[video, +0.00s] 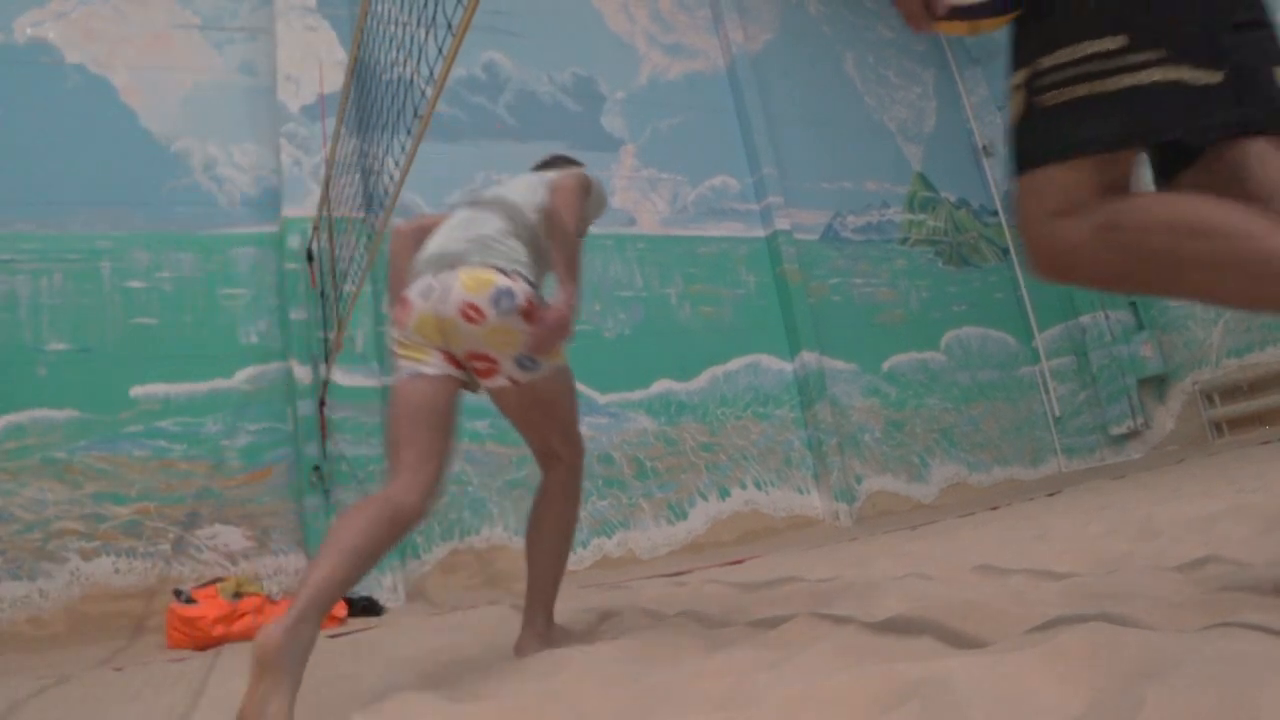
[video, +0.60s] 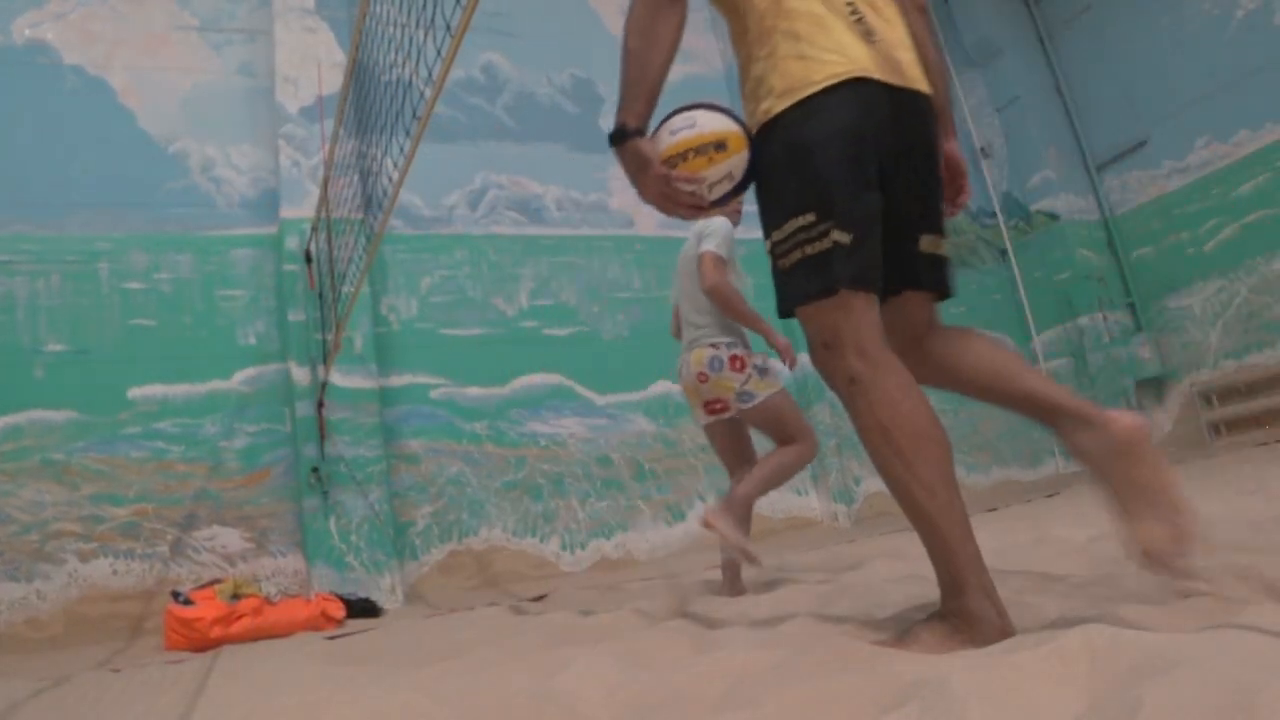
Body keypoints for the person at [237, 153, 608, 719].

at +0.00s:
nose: (589, 207)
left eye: (586, 196)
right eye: (586, 190)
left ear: (533, 172)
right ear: (573, 175)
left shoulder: (484, 199)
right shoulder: (573, 178)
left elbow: (407, 229)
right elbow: (562, 206)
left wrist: (403, 310)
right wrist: (568, 294)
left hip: (420, 303)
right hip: (493, 296)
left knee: (406, 491)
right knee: (562, 460)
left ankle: (290, 632)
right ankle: (538, 627)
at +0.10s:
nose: (613, 192)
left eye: (610, 186)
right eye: (612, 185)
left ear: (565, 190)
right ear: (604, 183)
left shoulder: (525, 220)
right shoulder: (610, 200)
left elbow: (460, 255)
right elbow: (617, 241)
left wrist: (457, 345)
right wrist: (640, 345)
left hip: (481, 329)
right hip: (546, 324)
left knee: (512, 500)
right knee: (594, 479)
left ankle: (394, 545)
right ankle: (543, 629)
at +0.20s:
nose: (638, 183)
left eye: (634, 177)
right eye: (634, 177)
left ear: (591, 184)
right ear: (623, 176)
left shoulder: (554, 217)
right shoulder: (639, 201)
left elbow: (502, 255)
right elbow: (657, 246)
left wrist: (508, 341)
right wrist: (681, 331)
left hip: (530, 323)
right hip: (589, 317)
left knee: (587, 461)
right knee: (609, 480)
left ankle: (522, 540)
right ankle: (546, 623)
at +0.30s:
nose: (660, 172)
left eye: (655, 167)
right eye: (656, 167)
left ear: (615, 175)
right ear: (647, 165)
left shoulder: (590, 208)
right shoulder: (665, 188)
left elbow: (544, 250)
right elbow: (685, 230)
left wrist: (551, 328)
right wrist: (703, 308)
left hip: (580, 312)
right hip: (631, 305)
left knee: (646, 440)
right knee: (619, 462)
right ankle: (571, 594)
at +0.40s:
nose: (685, 179)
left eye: (681, 174)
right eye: (681, 174)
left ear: (642, 183)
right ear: (668, 173)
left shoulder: (616, 226)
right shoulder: (686, 197)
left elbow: (579, 279)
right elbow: (709, 238)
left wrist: (595, 349)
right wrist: (731, 310)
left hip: (626, 336)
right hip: (672, 322)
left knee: (684, 455)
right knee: (672, 451)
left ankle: (715, 570)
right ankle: (594, 547)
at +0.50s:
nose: (721, 197)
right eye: (718, 188)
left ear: (672, 197)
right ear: (707, 192)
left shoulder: (653, 253)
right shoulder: (707, 221)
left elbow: (623, 325)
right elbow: (720, 271)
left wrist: (657, 375)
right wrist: (760, 333)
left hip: (666, 363)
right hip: (705, 356)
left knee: (723, 475)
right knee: (744, 470)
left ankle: (727, 583)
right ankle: (655, 504)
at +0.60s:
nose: (743, 204)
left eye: (741, 193)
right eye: (738, 194)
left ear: (701, 199)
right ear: (726, 196)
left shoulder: (690, 244)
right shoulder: (718, 226)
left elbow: (679, 326)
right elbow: (713, 282)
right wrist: (770, 333)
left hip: (694, 364)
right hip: (724, 359)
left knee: (743, 473)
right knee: (801, 442)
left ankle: (732, 581)